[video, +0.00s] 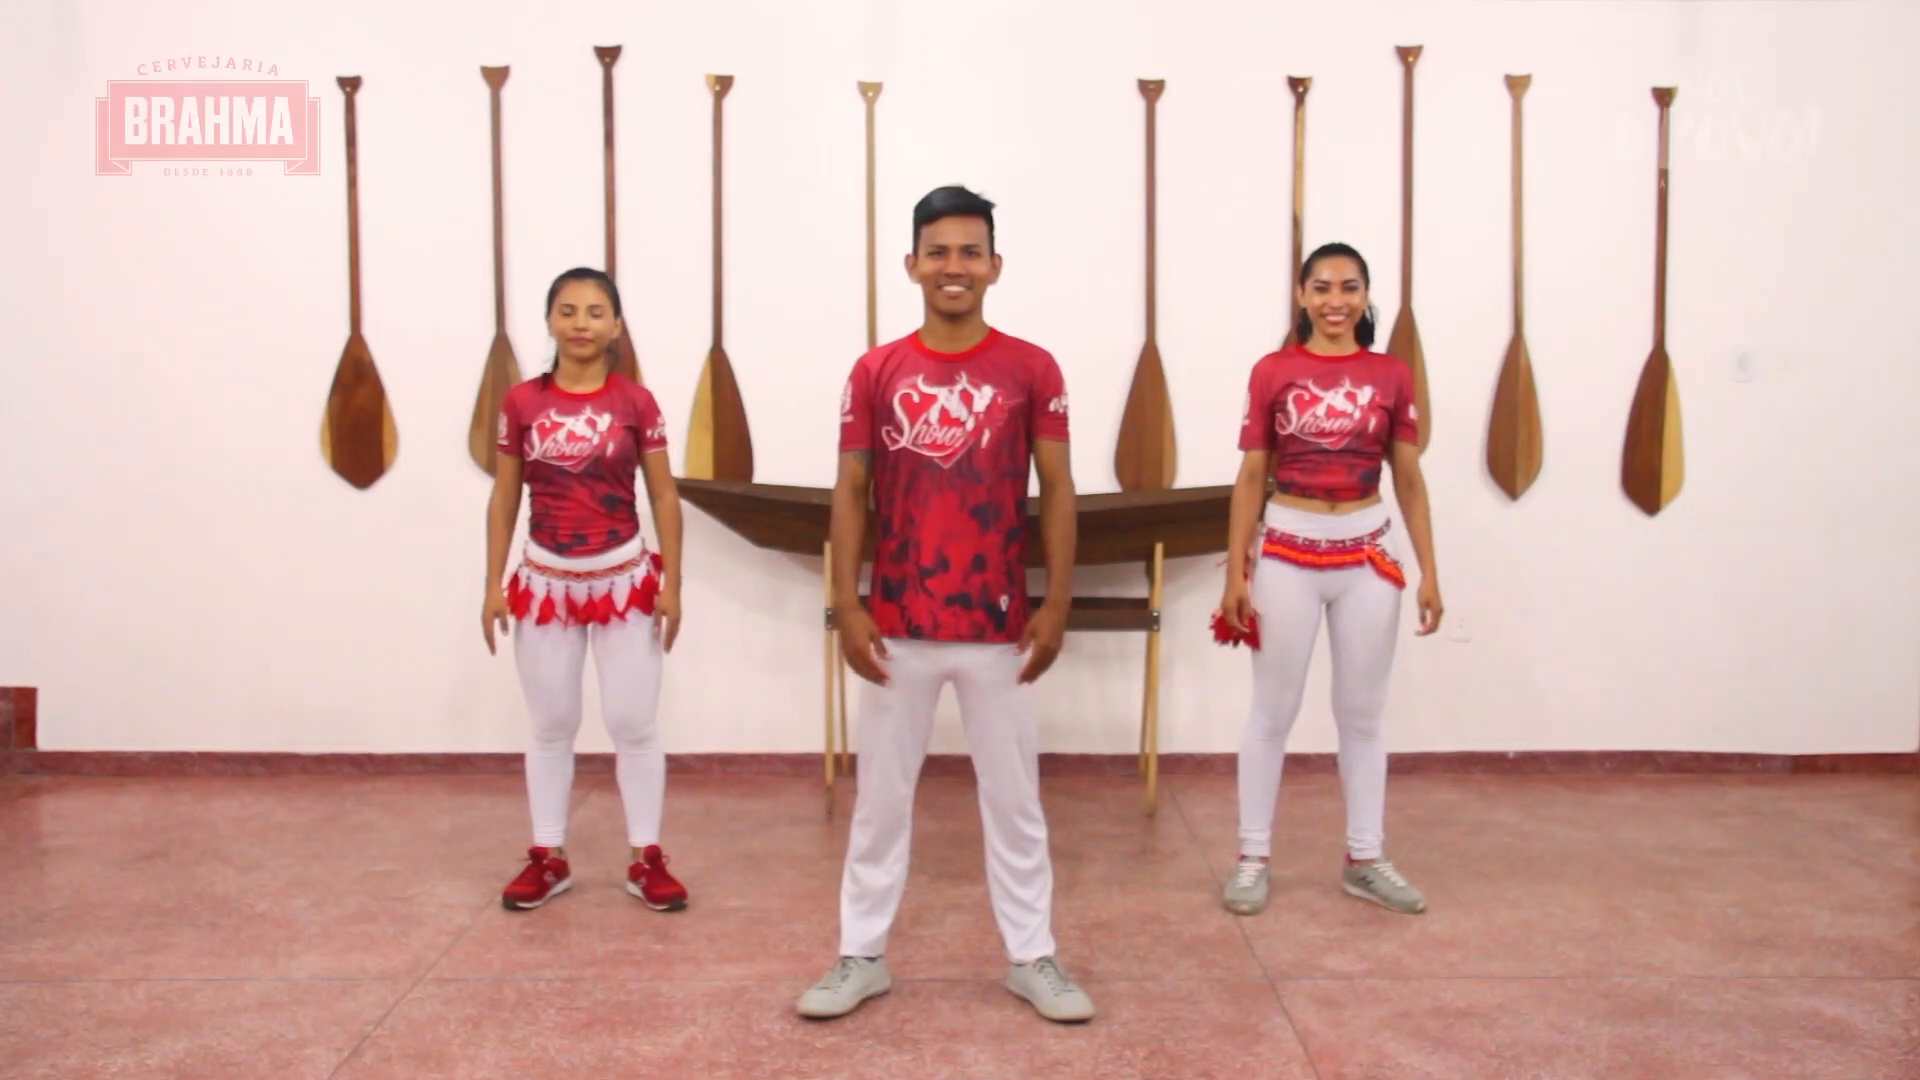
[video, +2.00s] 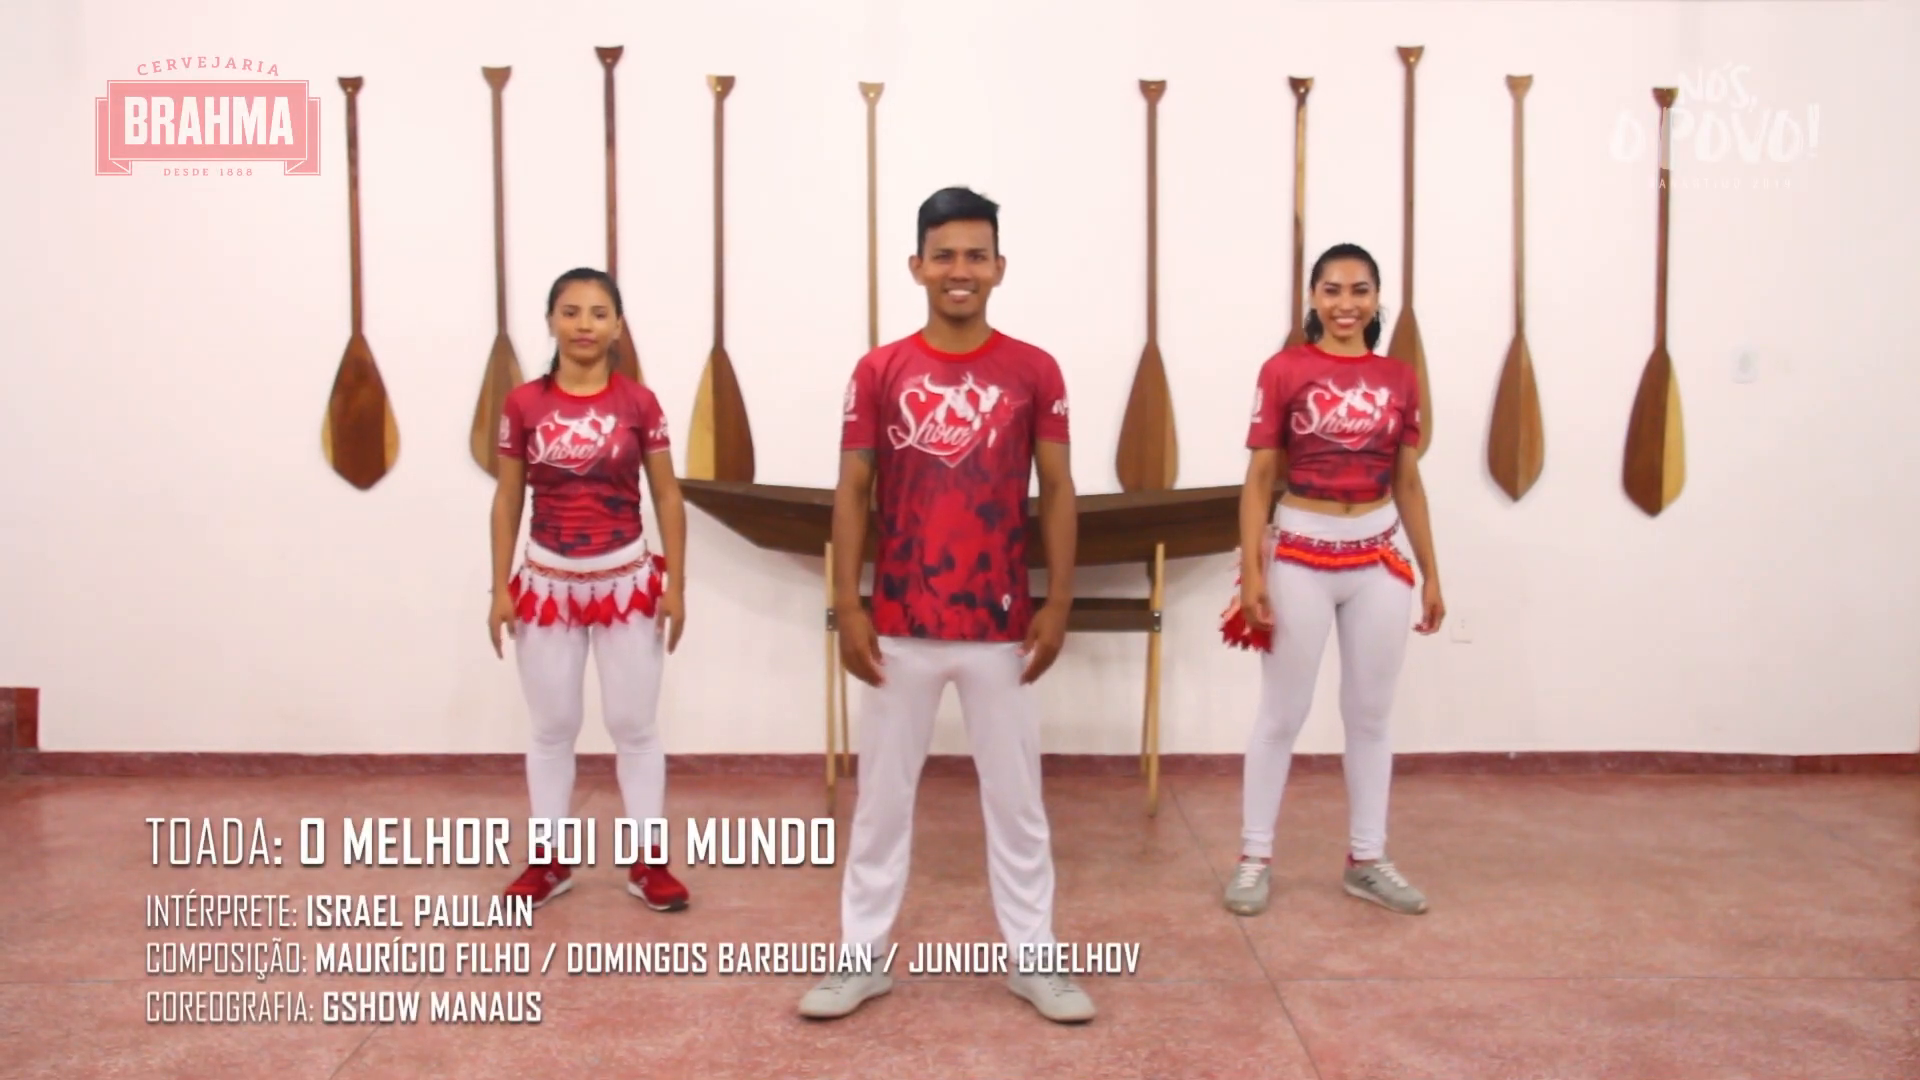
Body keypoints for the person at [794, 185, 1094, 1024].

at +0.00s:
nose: (955, 266)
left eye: (971, 252)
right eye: (939, 252)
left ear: (993, 264)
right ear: (914, 265)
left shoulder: (1032, 369)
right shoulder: (875, 373)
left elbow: (1058, 490)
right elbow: (850, 494)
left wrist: (1058, 602)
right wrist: (844, 604)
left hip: (997, 625)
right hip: (898, 624)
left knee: (1014, 800)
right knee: (881, 797)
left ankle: (1032, 955)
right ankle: (861, 953)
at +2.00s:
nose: (962, 270)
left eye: (977, 255)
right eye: (946, 256)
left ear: (998, 266)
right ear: (919, 267)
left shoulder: (1034, 371)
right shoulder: (879, 373)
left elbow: (1058, 492)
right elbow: (852, 494)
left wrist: (1059, 601)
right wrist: (845, 605)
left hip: (999, 624)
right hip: (901, 623)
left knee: (1016, 799)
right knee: (881, 796)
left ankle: (1033, 954)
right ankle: (863, 953)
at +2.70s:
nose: (967, 250)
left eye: (986, 238)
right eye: (955, 240)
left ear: (1022, 262)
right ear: (941, 266)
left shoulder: (1054, 372)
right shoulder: (920, 367)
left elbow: (1087, 486)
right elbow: (930, 482)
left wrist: (1113, 587)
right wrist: (1020, 561)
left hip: (1043, 622)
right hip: (958, 624)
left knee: (1043, 799)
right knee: (927, 797)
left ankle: (1037, 954)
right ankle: (880, 951)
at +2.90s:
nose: (958, 245)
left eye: (977, 234)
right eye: (946, 236)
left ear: (1015, 258)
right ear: (934, 263)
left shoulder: (1055, 351)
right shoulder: (920, 355)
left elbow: (1140, 363)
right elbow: (889, 360)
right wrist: (952, 312)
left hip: (1035, 622)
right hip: (944, 622)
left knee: (1037, 803)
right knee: (890, 788)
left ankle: (1035, 955)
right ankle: (850, 959)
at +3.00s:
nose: (954, 248)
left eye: (973, 235)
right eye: (942, 238)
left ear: (1009, 258)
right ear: (929, 265)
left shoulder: (1043, 344)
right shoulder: (914, 352)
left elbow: (1147, 297)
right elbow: (872, 301)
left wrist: (1239, 233)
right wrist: (906, 206)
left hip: (1029, 623)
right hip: (935, 624)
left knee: (1033, 803)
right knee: (878, 798)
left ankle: (1035, 958)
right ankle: (819, 975)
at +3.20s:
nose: (922, 254)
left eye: (943, 242)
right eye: (912, 243)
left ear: (981, 265)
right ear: (899, 261)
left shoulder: (1006, 348)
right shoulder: (869, 349)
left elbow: (1077, 249)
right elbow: (803, 270)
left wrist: (1120, 138)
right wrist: (757, 163)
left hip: (994, 627)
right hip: (896, 630)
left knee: (1014, 805)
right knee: (850, 817)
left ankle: (1033, 956)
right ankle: (816, 998)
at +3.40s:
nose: (879, 241)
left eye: (901, 230)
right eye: (871, 228)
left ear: (942, 256)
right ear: (856, 249)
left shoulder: (960, 342)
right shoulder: (814, 342)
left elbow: (1017, 240)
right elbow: (718, 273)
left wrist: (1022, 118)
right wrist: (626, 197)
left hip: (939, 628)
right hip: (836, 630)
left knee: (996, 800)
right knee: (806, 824)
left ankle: (1043, 955)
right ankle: (811, 1002)